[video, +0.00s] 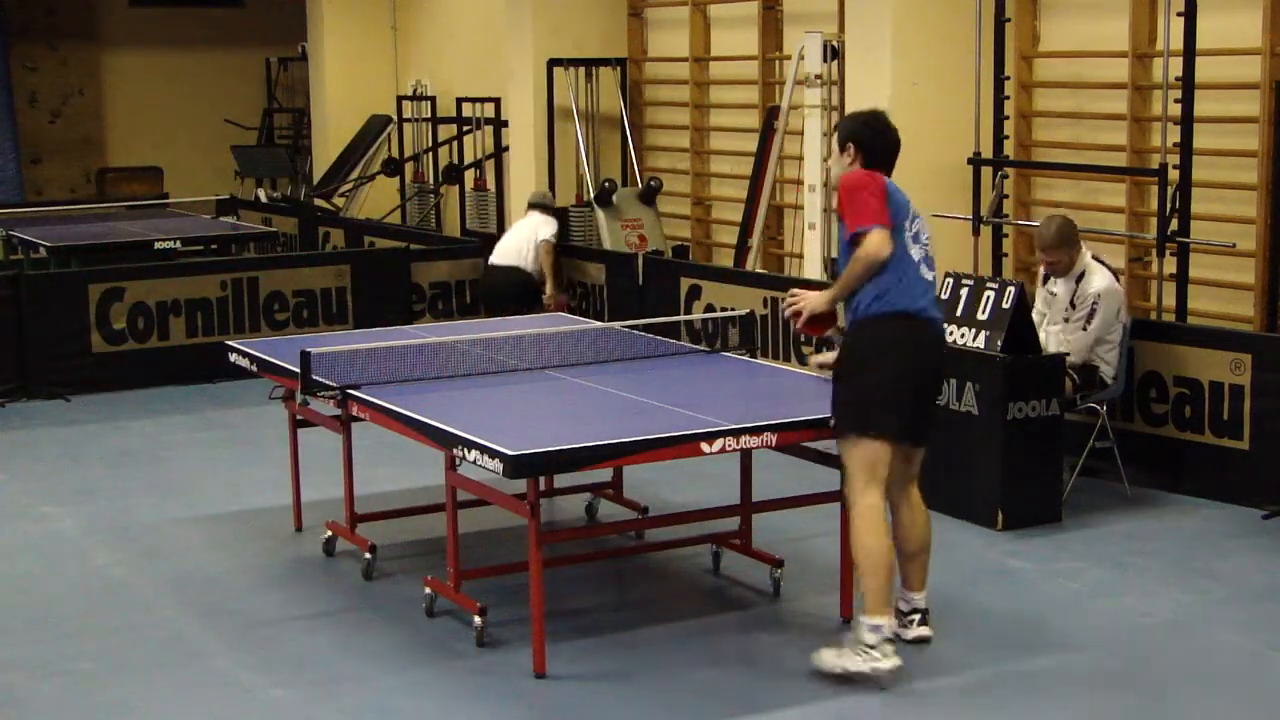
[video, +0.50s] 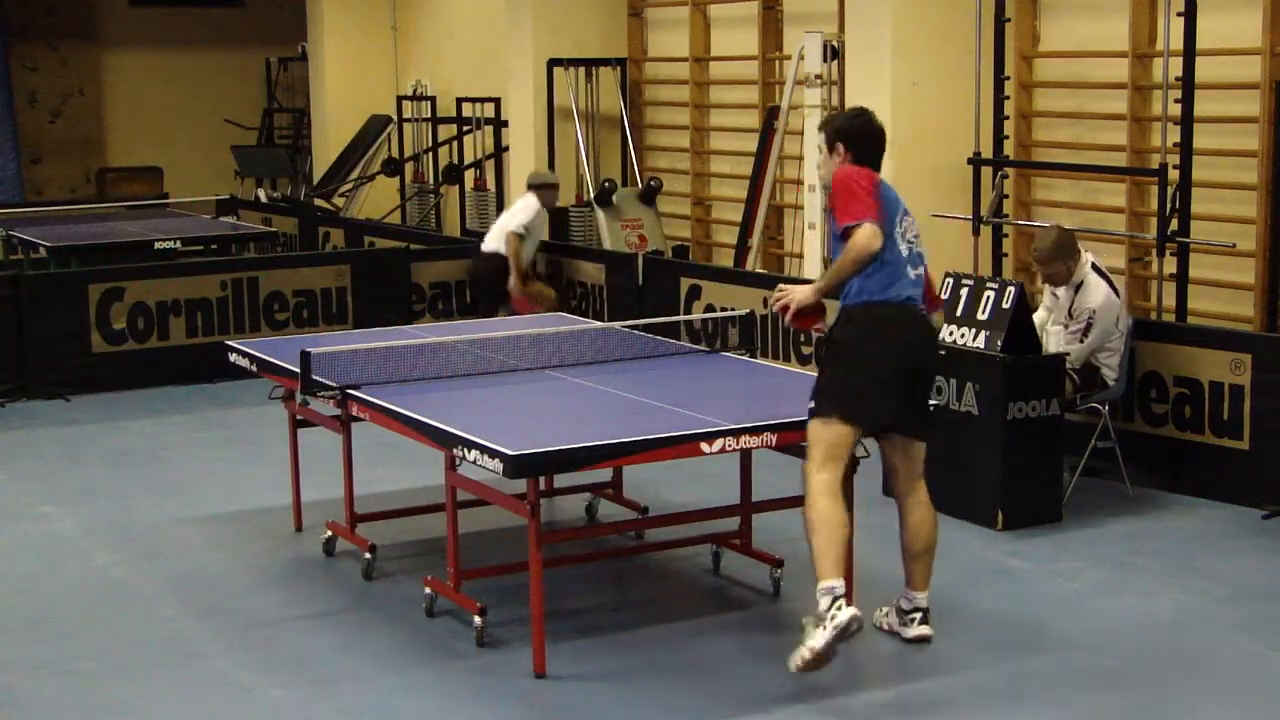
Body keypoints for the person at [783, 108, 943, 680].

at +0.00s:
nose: (834, 160)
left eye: (837, 151)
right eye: (836, 151)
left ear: (851, 152)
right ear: (884, 156)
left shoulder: (858, 182)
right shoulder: (903, 202)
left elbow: (876, 246)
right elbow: (903, 296)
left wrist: (830, 296)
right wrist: (847, 351)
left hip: (884, 340)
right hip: (927, 345)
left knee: (865, 490)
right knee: (904, 485)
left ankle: (875, 635)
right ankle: (914, 610)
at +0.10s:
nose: (828, 177)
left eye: (831, 166)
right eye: (829, 167)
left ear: (846, 162)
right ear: (879, 165)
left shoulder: (860, 183)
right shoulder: (898, 202)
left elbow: (882, 235)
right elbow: (891, 306)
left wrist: (833, 295)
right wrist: (823, 358)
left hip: (888, 332)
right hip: (928, 337)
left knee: (862, 481)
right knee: (908, 482)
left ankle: (844, 622)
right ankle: (915, 611)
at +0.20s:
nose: (821, 188)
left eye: (825, 177)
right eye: (822, 178)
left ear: (844, 171)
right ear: (872, 171)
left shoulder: (859, 184)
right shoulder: (896, 208)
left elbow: (885, 230)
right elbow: (889, 318)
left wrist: (833, 292)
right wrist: (820, 368)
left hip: (889, 327)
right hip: (927, 334)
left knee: (852, 468)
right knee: (910, 483)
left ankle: (829, 609)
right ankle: (914, 609)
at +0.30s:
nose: (821, 187)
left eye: (826, 176)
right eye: (822, 177)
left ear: (846, 172)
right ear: (872, 174)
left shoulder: (858, 184)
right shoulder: (894, 209)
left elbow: (882, 230)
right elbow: (889, 313)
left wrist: (829, 291)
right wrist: (827, 366)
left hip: (886, 327)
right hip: (925, 335)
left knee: (842, 463)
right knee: (910, 483)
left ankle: (824, 598)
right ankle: (914, 609)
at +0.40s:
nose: (825, 175)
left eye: (828, 166)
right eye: (826, 166)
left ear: (843, 163)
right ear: (875, 164)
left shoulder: (854, 181)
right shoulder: (892, 198)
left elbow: (877, 233)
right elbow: (888, 272)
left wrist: (826, 289)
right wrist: (831, 305)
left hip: (877, 327)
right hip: (921, 331)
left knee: (832, 464)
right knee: (910, 483)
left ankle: (828, 595)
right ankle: (915, 609)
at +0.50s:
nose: (825, 160)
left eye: (827, 151)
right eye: (827, 151)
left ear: (840, 151)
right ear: (874, 153)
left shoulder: (848, 178)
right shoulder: (895, 201)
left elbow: (867, 239)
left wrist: (816, 290)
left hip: (867, 331)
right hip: (917, 336)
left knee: (824, 470)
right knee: (910, 484)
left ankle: (832, 603)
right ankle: (915, 610)